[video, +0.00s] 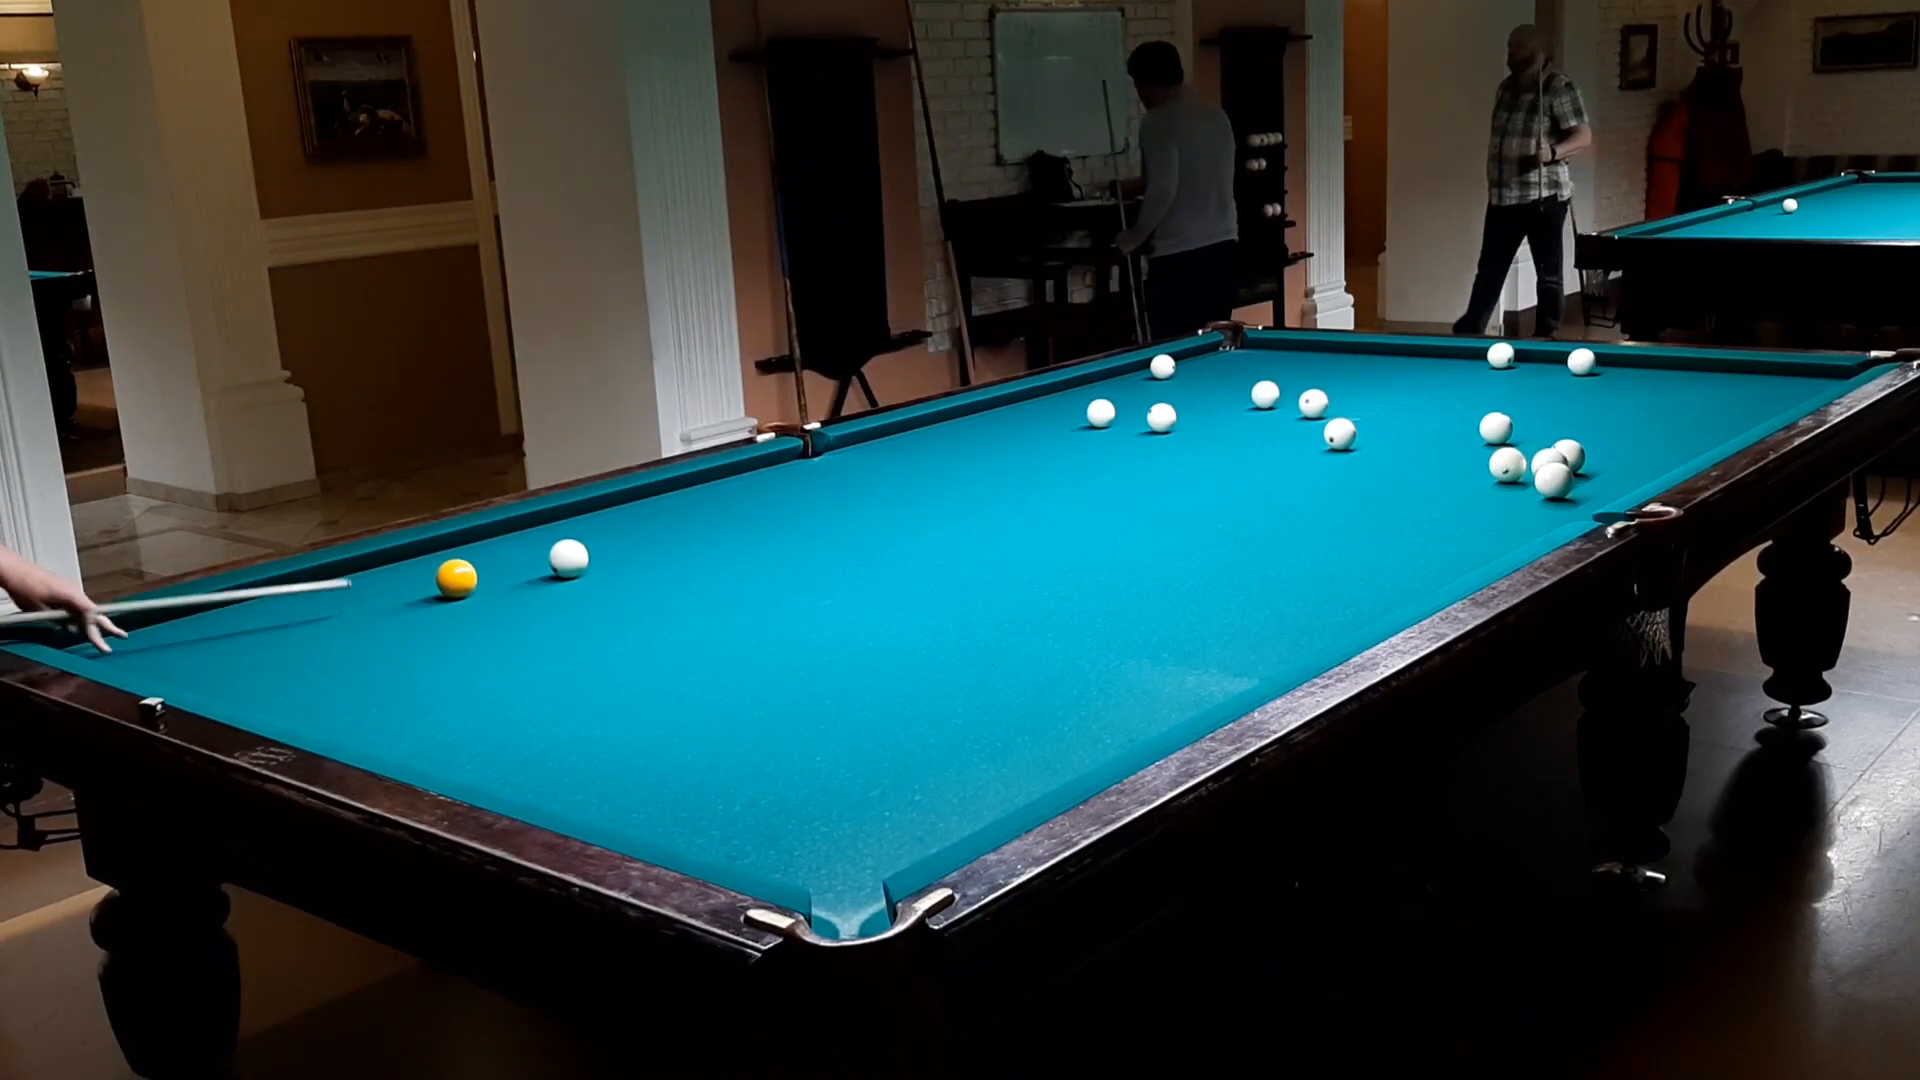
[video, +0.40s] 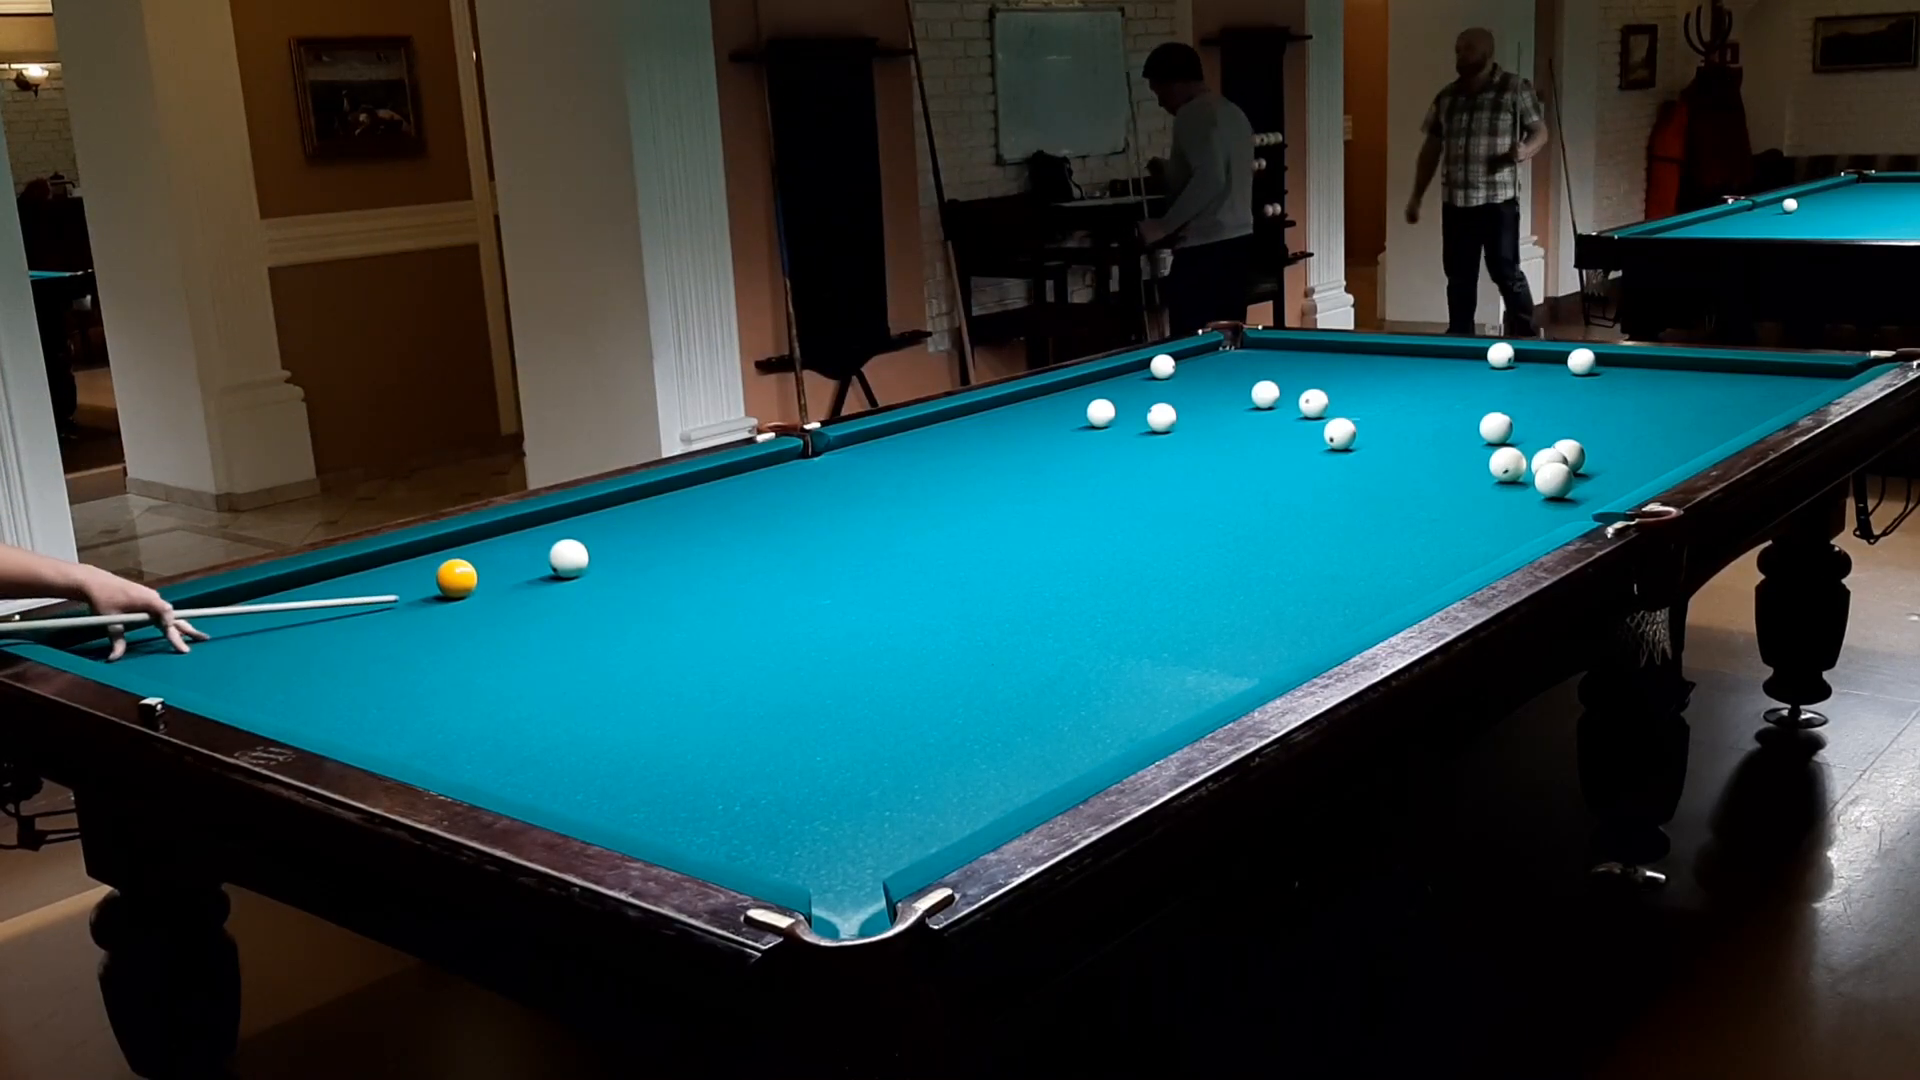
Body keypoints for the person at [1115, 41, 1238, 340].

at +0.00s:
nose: (1137, 92)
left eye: (1138, 83)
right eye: (1136, 83)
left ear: (1149, 82)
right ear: (1177, 72)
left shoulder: (1158, 122)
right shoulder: (1217, 116)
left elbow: (1163, 190)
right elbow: (1218, 180)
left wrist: (1137, 235)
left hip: (1177, 258)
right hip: (1223, 252)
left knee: (1174, 351)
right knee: (1215, 344)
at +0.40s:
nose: (1157, 98)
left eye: (1157, 88)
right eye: (1154, 89)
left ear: (1172, 82)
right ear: (1194, 75)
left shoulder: (1194, 116)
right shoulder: (1232, 113)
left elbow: (1210, 179)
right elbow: (1236, 180)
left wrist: (1164, 225)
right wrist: (1172, 172)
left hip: (1206, 252)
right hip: (1238, 246)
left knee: (1192, 348)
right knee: (1227, 343)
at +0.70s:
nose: (1166, 96)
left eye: (1165, 85)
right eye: (1163, 86)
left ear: (1181, 79)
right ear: (1201, 74)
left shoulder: (1202, 113)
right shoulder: (1236, 111)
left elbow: (1213, 176)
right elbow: (1232, 180)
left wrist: (1157, 213)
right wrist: (1172, 180)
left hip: (1208, 250)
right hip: (1238, 245)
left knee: (1195, 348)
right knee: (1227, 343)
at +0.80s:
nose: (1163, 96)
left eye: (1163, 85)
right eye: (1160, 86)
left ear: (1179, 79)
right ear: (1199, 74)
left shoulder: (1198, 114)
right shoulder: (1235, 112)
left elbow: (1206, 179)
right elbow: (1231, 179)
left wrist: (1153, 219)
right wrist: (1169, 181)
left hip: (1204, 252)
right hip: (1236, 246)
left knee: (1193, 348)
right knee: (1227, 343)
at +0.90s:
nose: (1158, 96)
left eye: (1158, 85)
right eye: (1155, 87)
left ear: (1174, 79)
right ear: (1194, 74)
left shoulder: (1192, 114)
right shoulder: (1231, 112)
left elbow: (1200, 180)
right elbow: (1228, 180)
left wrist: (1153, 226)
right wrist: (1167, 180)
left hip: (1199, 252)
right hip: (1233, 246)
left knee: (1190, 349)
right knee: (1226, 343)